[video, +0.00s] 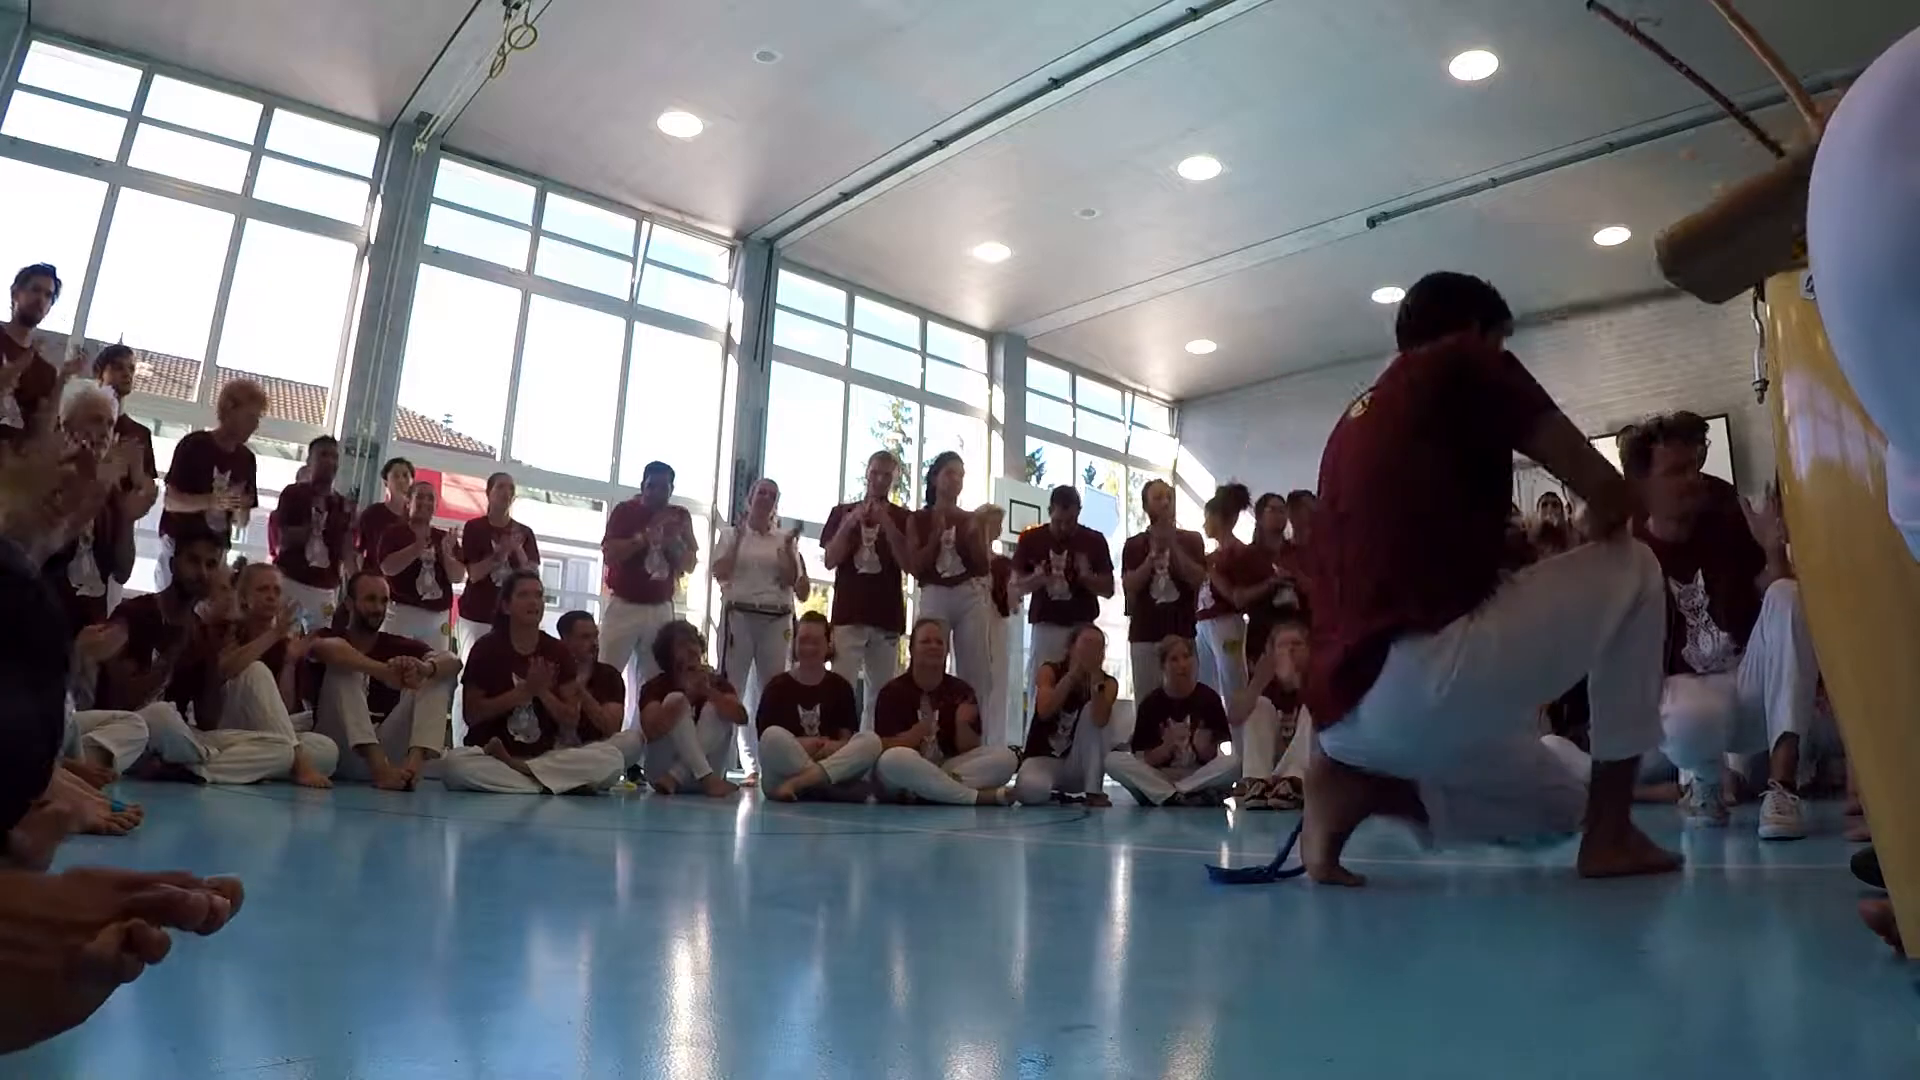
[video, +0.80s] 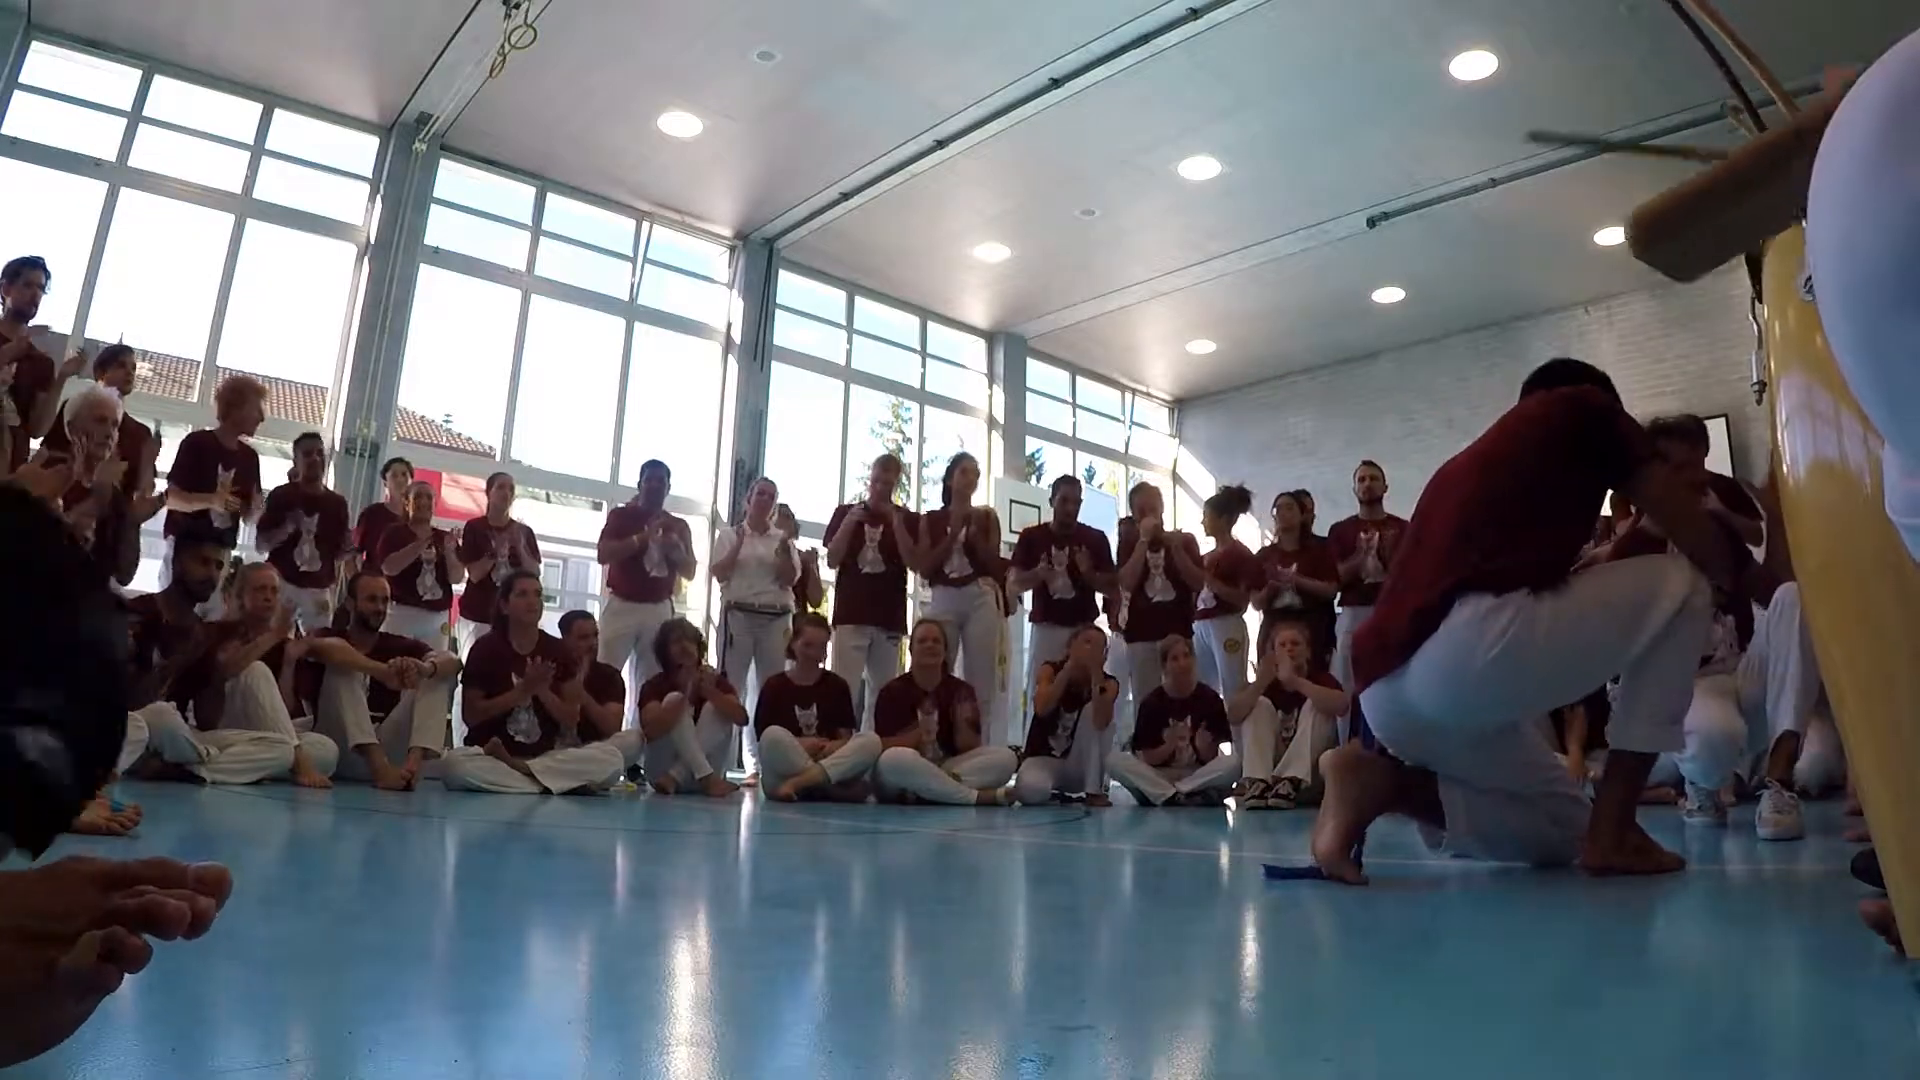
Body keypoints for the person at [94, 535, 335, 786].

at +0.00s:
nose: (201, 574)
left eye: (210, 565)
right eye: (192, 561)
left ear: (220, 571)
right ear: (173, 561)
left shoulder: (204, 630)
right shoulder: (136, 612)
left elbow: (209, 720)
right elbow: (122, 701)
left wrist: (217, 670)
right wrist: (169, 658)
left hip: (186, 736)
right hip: (135, 737)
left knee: (285, 749)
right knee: (161, 715)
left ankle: (190, 772)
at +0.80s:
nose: (212, 574)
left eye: (218, 566)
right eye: (202, 563)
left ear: (224, 574)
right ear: (176, 562)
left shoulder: (208, 632)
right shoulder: (139, 610)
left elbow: (208, 719)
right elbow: (132, 697)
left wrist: (220, 672)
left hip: (184, 735)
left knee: (282, 751)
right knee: (160, 714)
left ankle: (189, 772)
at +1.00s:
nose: (268, 597)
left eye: (273, 590)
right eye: (259, 590)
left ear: (279, 595)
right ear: (241, 595)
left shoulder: (286, 639)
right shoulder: (223, 630)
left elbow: (291, 710)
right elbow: (222, 668)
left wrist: (283, 663)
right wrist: (278, 637)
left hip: (272, 731)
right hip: (225, 724)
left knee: (327, 751)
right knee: (255, 672)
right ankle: (298, 762)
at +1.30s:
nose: (269, 597)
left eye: (274, 591)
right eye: (260, 590)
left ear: (280, 596)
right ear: (241, 595)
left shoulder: (286, 642)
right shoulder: (225, 631)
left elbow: (289, 708)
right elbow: (222, 668)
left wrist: (284, 658)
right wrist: (278, 638)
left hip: (271, 731)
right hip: (225, 724)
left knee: (327, 751)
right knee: (255, 672)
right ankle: (298, 762)